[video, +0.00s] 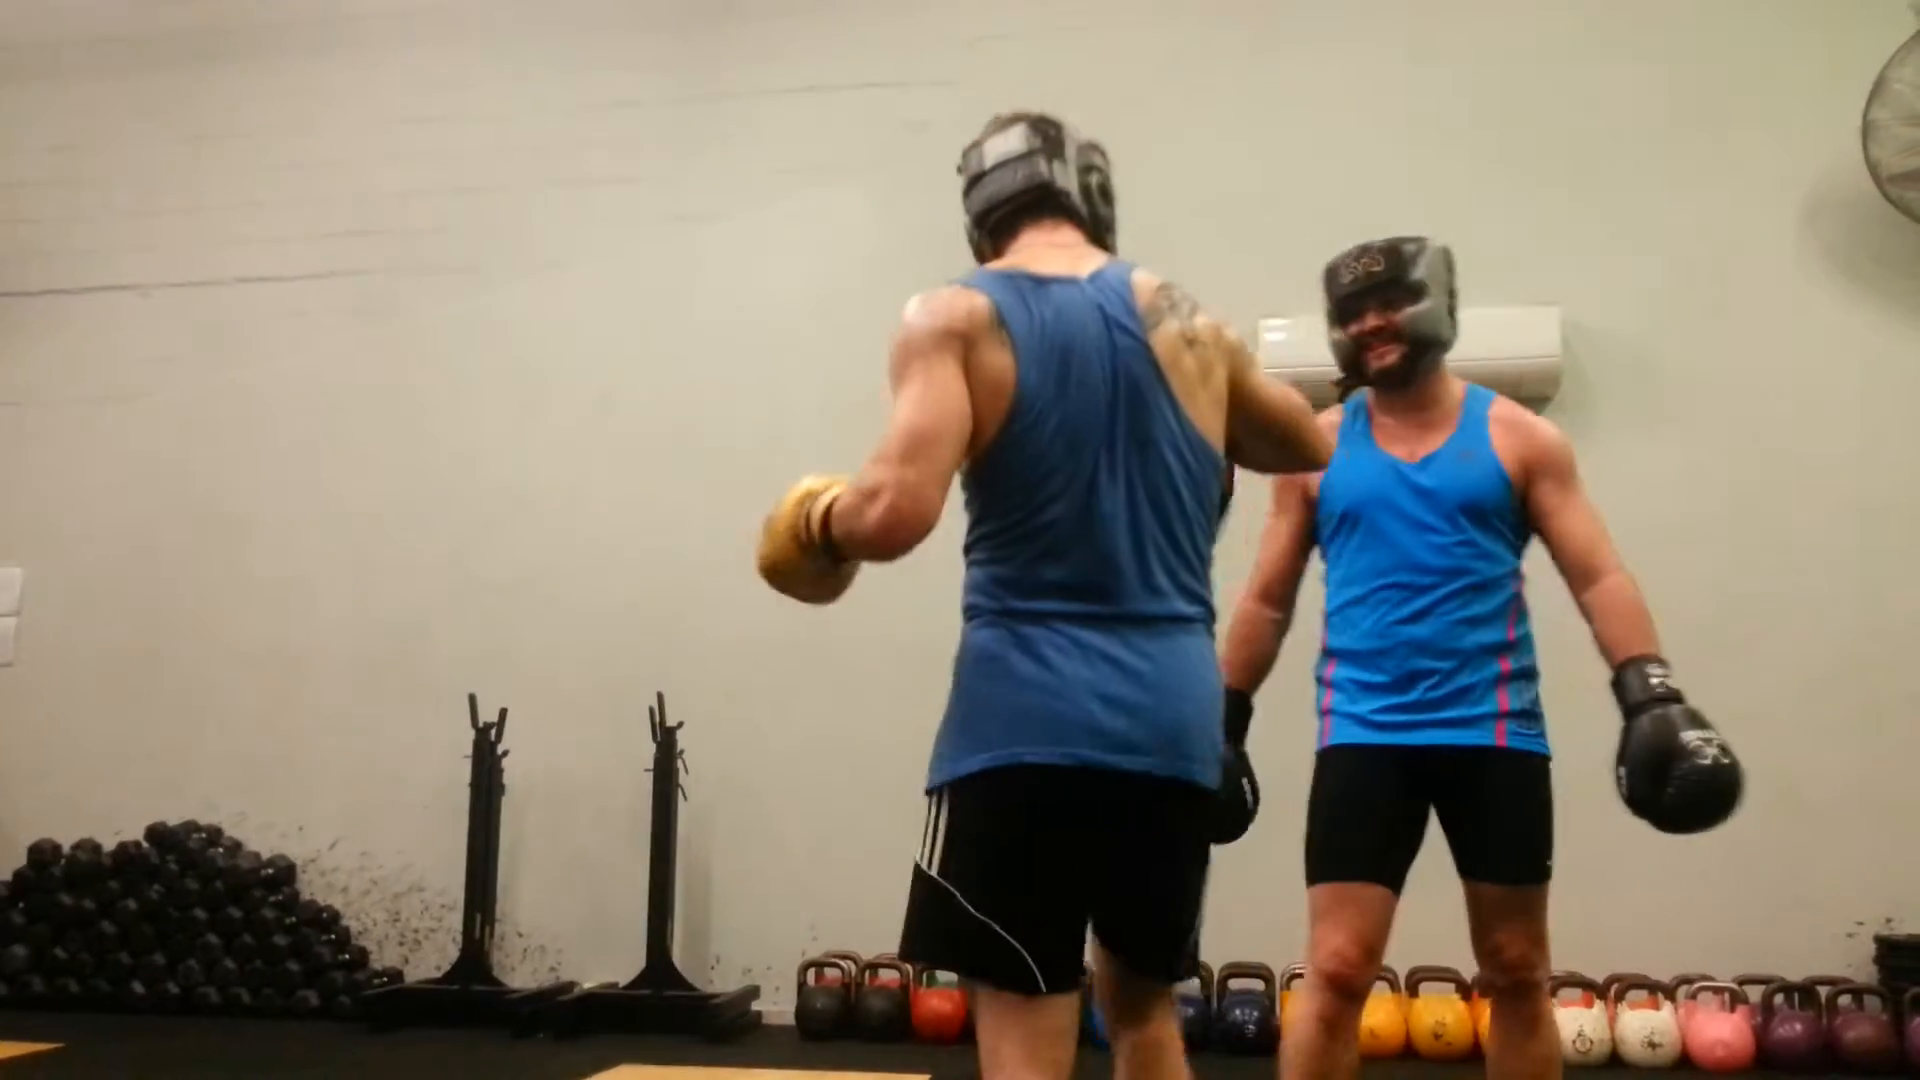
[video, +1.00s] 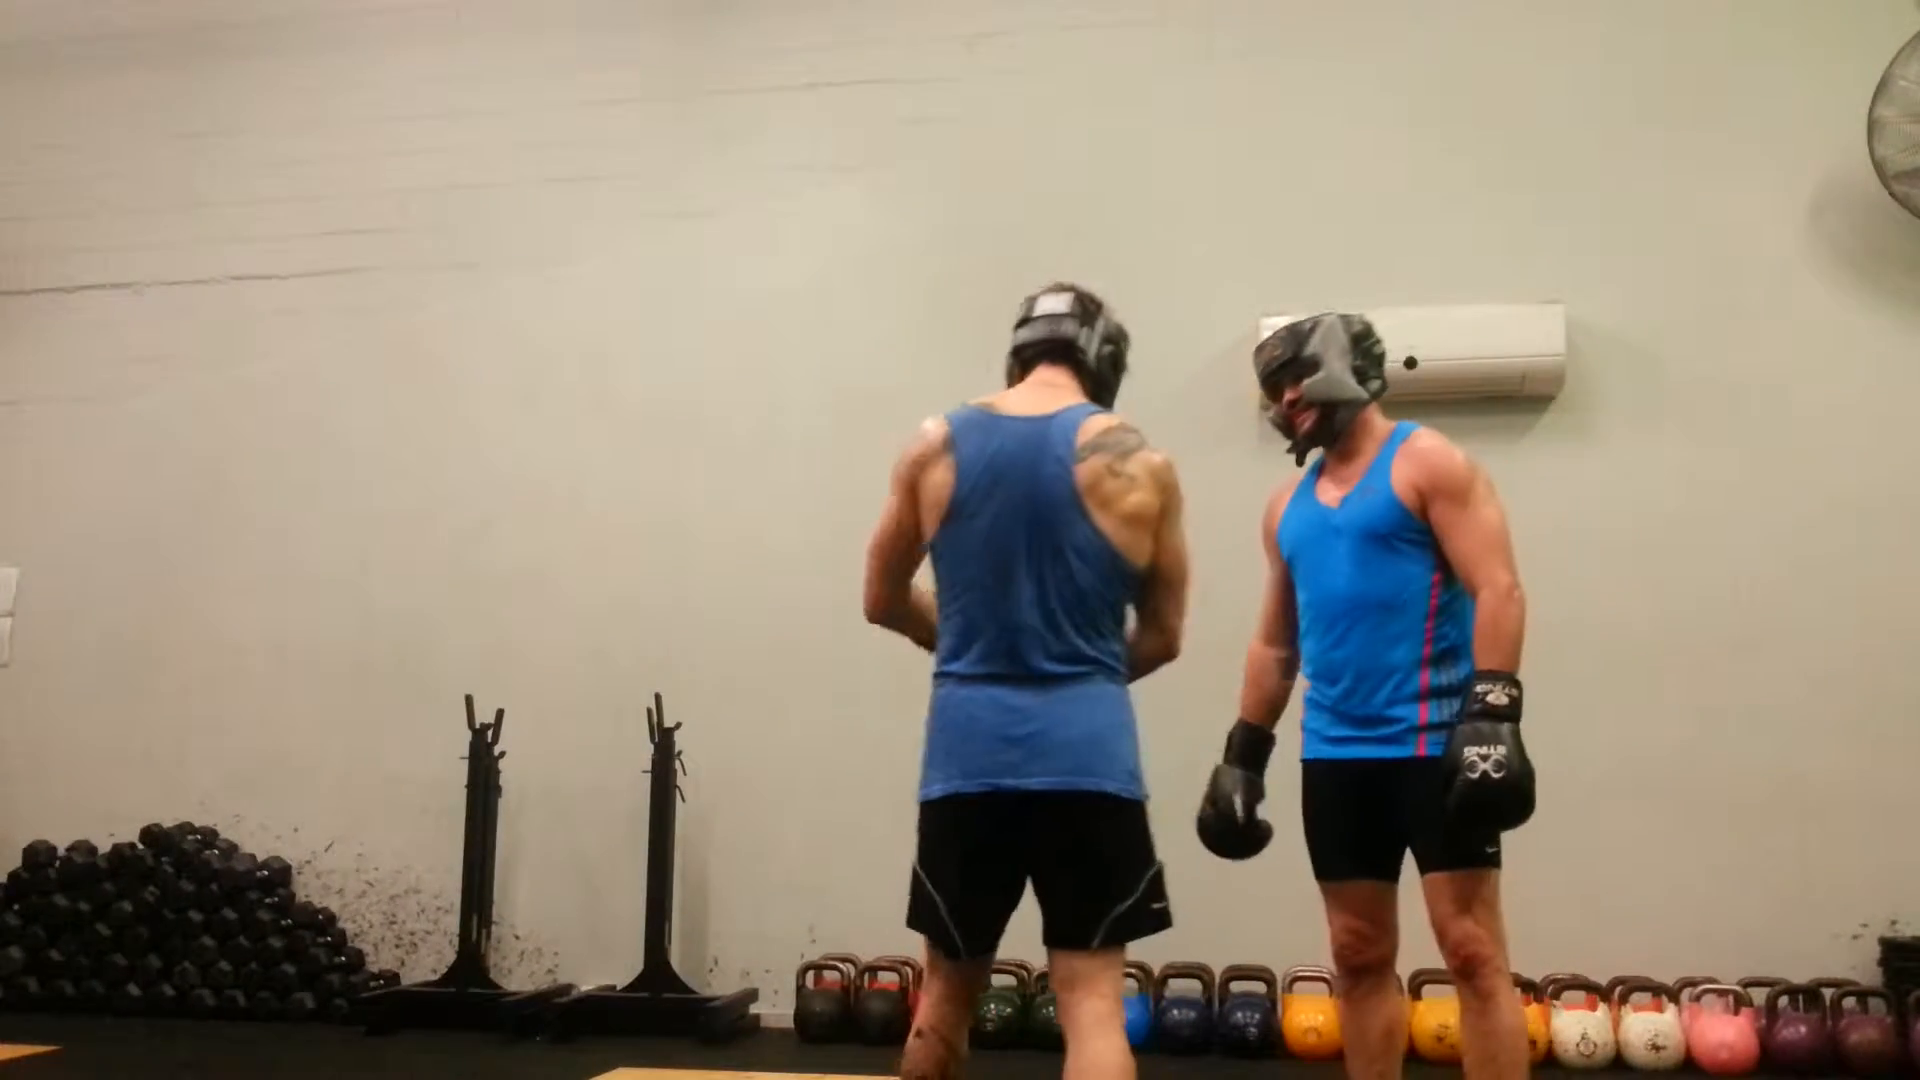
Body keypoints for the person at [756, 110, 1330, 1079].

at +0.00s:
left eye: (971, 213)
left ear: (979, 215)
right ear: (1096, 196)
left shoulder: (955, 317)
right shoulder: (1185, 326)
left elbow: (897, 515)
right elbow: (1307, 446)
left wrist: (823, 514)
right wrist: (1200, 413)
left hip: (1021, 728)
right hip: (1172, 731)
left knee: (1023, 1041)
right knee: (1143, 1004)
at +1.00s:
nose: (1116, 372)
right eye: (1116, 361)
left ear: (1015, 356)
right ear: (1105, 359)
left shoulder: (936, 446)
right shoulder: (1140, 464)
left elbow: (885, 598)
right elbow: (1161, 640)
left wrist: (971, 643)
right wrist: (1080, 666)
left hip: (968, 768)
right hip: (1089, 770)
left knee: (941, 1009)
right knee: (1093, 1005)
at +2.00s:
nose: (1119, 376)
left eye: (1112, 361)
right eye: (1113, 363)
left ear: (1014, 372)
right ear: (1100, 373)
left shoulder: (952, 462)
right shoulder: (1111, 483)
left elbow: (891, 566)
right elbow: (1124, 657)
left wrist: (980, 608)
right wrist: (1161, 743)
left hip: (962, 758)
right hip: (1072, 764)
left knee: (955, 973)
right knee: (1100, 986)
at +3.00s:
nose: (1227, 437)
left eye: (1229, 425)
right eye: (1226, 422)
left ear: (1138, 398)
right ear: (1205, 404)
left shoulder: (1069, 472)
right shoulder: (1216, 471)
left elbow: (1055, 573)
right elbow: (1253, 622)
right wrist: (1186, 687)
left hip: (1082, 762)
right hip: (1177, 765)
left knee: (1122, 962)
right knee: (1209, 972)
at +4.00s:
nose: (1419, 385)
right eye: (1416, 374)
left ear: (1318, 375)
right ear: (1406, 384)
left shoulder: (1258, 456)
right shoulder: (1430, 476)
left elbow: (1211, 562)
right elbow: (1431, 601)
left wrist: (1285, 621)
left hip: (1251, 758)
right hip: (1364, 762)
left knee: (1216, 975)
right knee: (1363, 985)